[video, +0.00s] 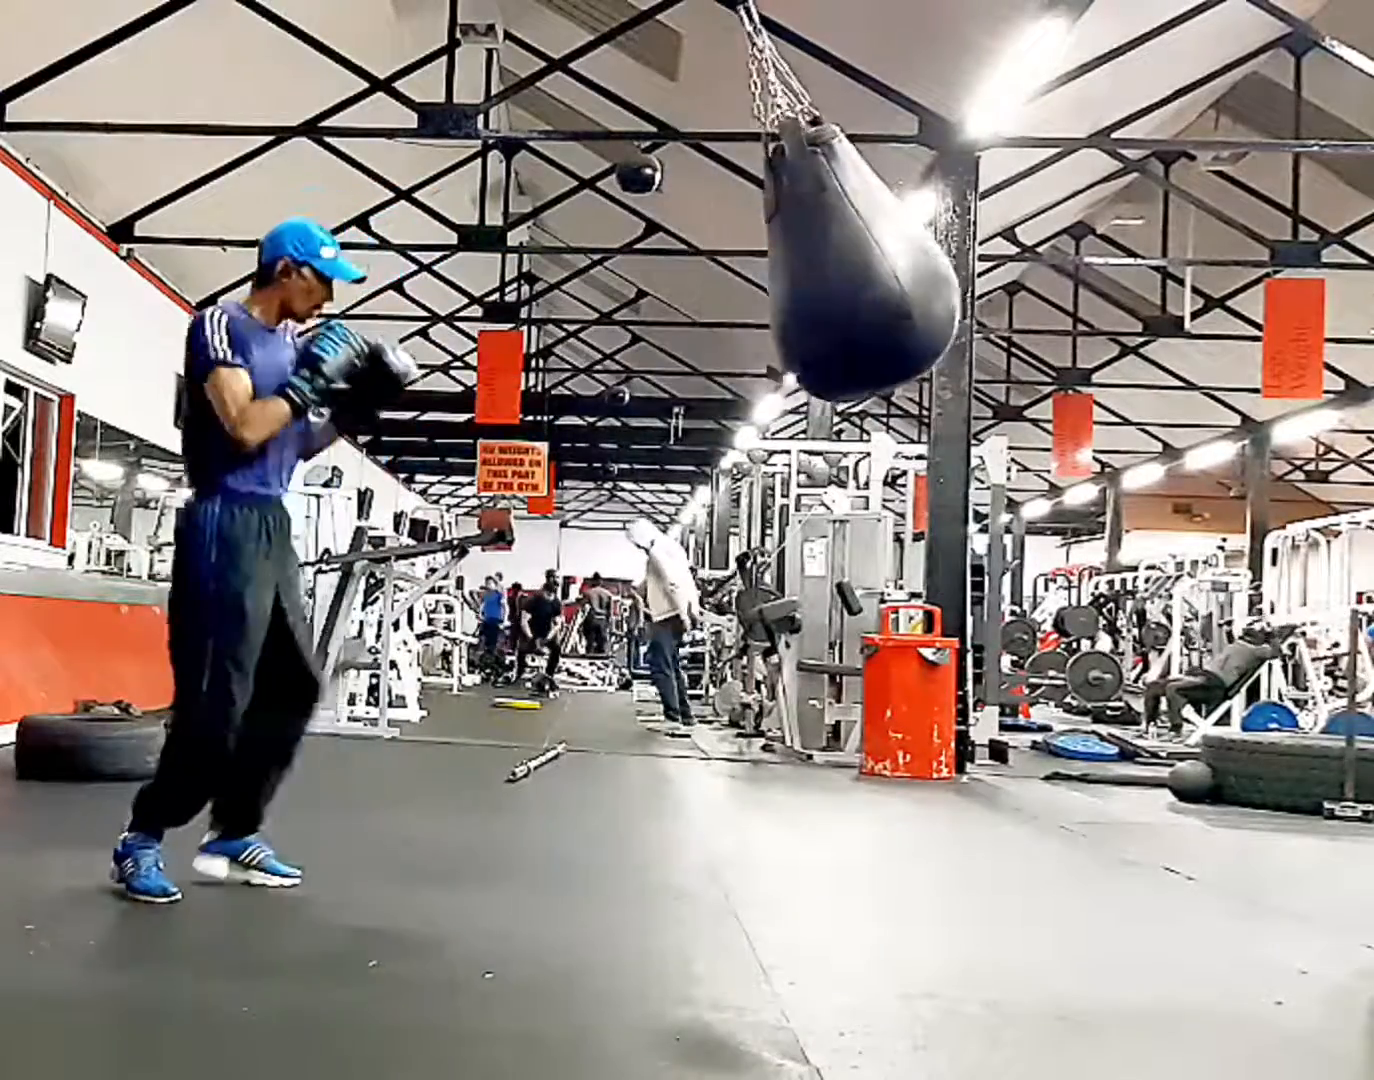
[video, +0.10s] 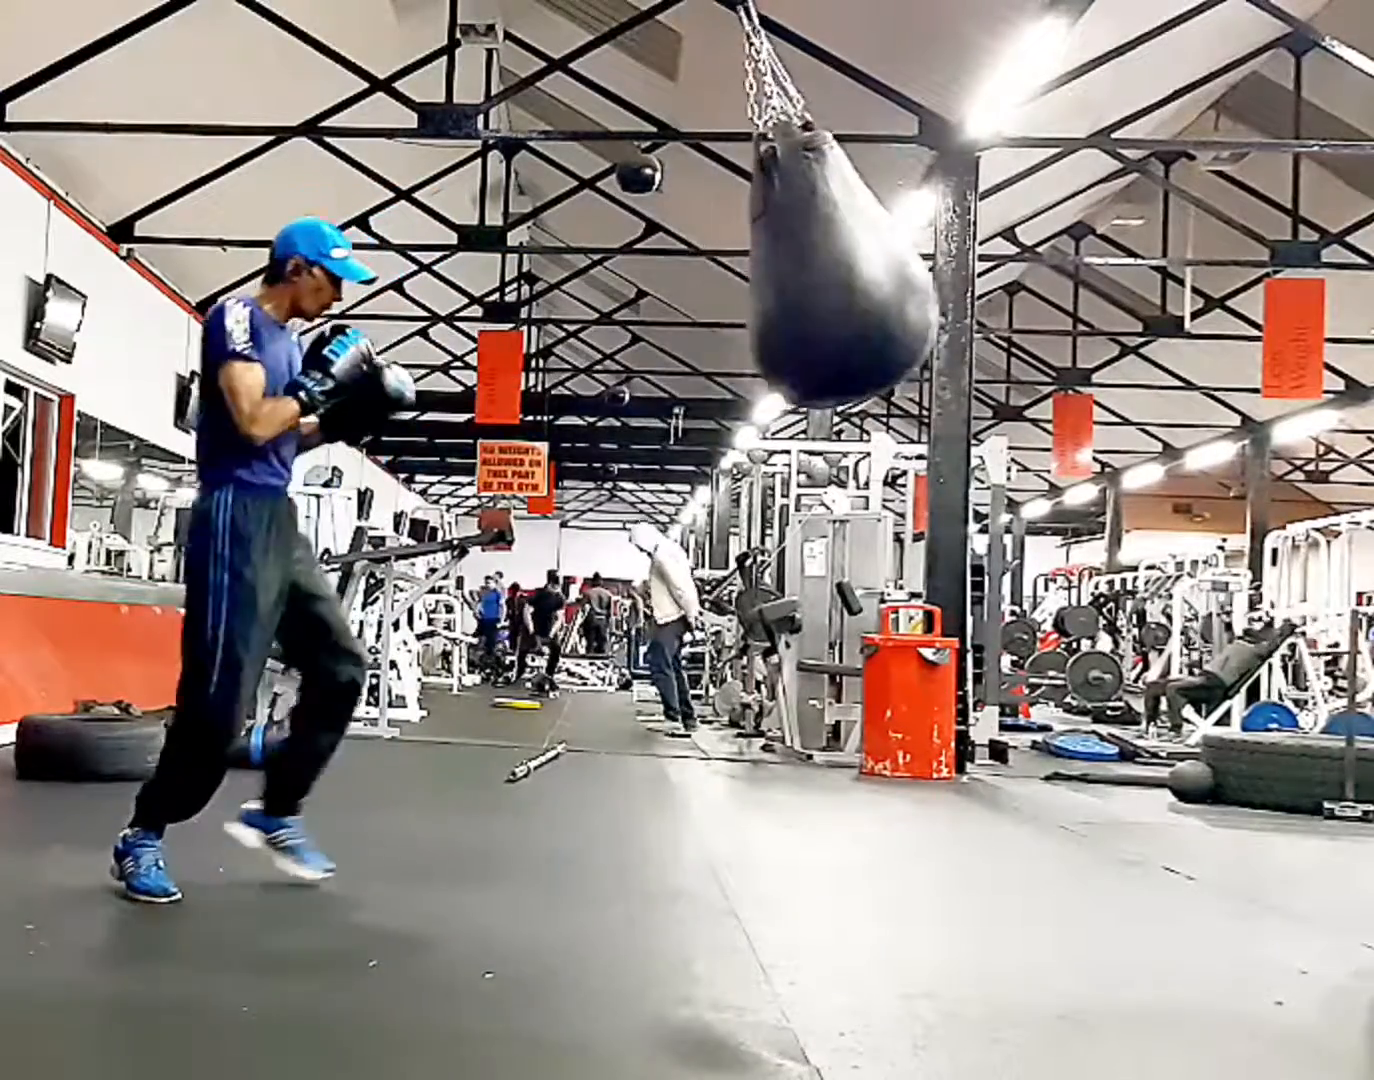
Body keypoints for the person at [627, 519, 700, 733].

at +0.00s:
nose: (638, 548)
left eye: (637, 544)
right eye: (636, 544)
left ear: (643, 538)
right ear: (651, 532)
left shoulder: (657, 553)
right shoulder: (671, 546)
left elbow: (672, 585)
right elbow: (687, 580)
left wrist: (683, 613)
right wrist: (695, 607)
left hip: (665, 616)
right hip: (676, 613)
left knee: (660, 666)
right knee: (672, 664)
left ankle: (673, 714)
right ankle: (685, 712)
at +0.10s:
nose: (641, 551)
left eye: (640, 546)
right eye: (638, 547)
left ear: (647, 541)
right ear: (650, 536)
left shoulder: (663, 555)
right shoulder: (664, 551)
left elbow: (681, 585)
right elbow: (658, 583)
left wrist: (692, 612)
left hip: (668, 619)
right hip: (672, 617)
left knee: (659, 665)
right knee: (673, 665)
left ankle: (673, 714)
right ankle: (688, 715)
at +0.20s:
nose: (644, 555)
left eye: (643, 551)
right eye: (641, 551)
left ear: (650, 545)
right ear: (654, 540)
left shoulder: (666, 561)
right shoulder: (667, 556)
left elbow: (684, 592)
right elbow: (660, 586)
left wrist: (694, 619)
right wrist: (641, 589)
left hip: (668, 623)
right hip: (675, 620)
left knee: (661, 666)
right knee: (673, 666)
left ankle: (673, 712)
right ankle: (688, 713)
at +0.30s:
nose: (645, 558)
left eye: (644, 554)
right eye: (643, 555)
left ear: (650, 548)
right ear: (655, 541)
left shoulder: (669, 562)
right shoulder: (671, 556)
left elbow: (686, 594)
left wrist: (694, 621)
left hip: (668, 625)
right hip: (676, 622)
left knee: (664, 669)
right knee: (675, 667)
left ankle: (672, 713)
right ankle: (689, 715)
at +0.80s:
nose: (643, 560)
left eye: (641, 555)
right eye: (640, 556)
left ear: (648, 550)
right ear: (651, 545)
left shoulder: (668, 562)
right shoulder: (664, 562)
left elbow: (687, 594)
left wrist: (696, 619)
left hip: (671, 624)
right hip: (674, 623)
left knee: (654, 664)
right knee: (675, 669)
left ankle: (672, 712)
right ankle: (689, 716)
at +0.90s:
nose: (641, 559)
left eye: (640, 554)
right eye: (638, 556)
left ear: (646, 548)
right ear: (648, 543)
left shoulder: (667, 562)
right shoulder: (661, 561)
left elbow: (685, 594)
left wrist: (693, 624)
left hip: (669, 624)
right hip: (673, 622)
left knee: (658, 667)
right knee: (676, 667)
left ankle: (673, 716)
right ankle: (688, 716)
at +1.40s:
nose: (641, 569)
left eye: (640, 564)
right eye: (638, 566)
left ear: (646, 556)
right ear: (643, 558)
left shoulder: (669, 561)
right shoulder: (655, 572)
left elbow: (692, 590)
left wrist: (699, 623)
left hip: (678, 627)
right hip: (664, 628)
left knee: (678, 672)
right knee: (677, 671)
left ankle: (677, 714)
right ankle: (689, 714)